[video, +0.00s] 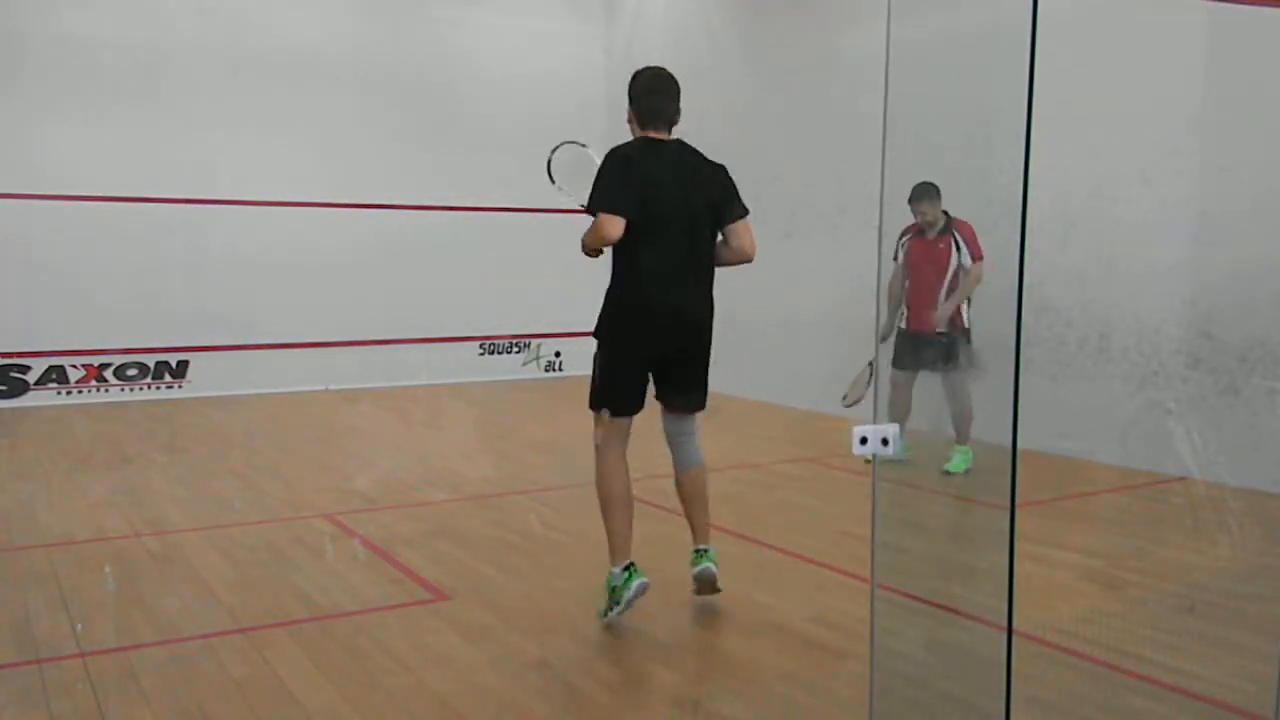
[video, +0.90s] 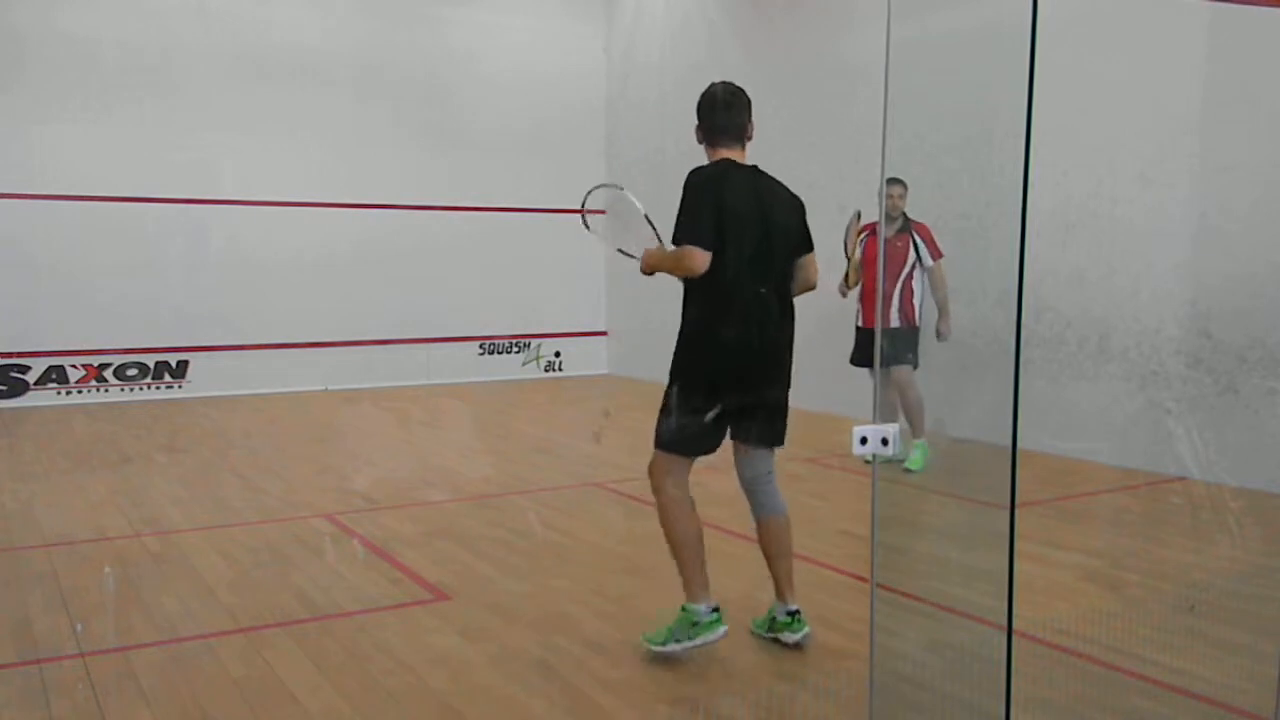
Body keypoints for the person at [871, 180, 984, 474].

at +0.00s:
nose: (922, 220)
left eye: (927, 214)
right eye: (917, 215)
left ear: (940, 207)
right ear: (912, 212)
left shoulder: (960, 232)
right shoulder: (908, 237)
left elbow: (974, 273)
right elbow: (898, 279)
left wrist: (949, 306)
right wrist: (889, 320)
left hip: (948, 330)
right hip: (912, 328)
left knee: (955, 386)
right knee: (899, 382)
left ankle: (962, 448)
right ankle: (895, 442)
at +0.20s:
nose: (914, 207)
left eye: (919, 202)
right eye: (909, 203)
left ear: (929, 202)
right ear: (902, 206)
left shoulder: (943, 231)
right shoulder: (892, 236)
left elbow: (951, 273)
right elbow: (886, 279)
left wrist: (908, 290)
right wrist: (881, 319)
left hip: (933, 328)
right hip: (897, 327)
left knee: (945, 384)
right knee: (892, 382)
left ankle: (960, 447)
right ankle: (894, 443)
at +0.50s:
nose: (900, 203)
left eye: (905, 198)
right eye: (895, 198)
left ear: (913, 200)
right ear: (887, 201)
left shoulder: (924, 233)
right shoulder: (876, 233)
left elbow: (932, 279)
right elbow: (865, 274)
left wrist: (932, 320)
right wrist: (856, 308)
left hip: (909, 324)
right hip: (879, 324)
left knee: (914, 379)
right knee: (886, 382)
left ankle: (945, 440)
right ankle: (890, 443)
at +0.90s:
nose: (893, 202)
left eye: (898, 197)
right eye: (888, 197)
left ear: (906, 201)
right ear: (880, 199)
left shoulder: (918, 233)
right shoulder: (866, 233)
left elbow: (935, 273)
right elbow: (856, 267)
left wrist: (943, 315)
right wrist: (847, 281)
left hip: (902, 322)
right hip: (870, 322)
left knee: (901, 376)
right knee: (881, 381)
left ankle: (919, 441)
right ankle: (885, 442)